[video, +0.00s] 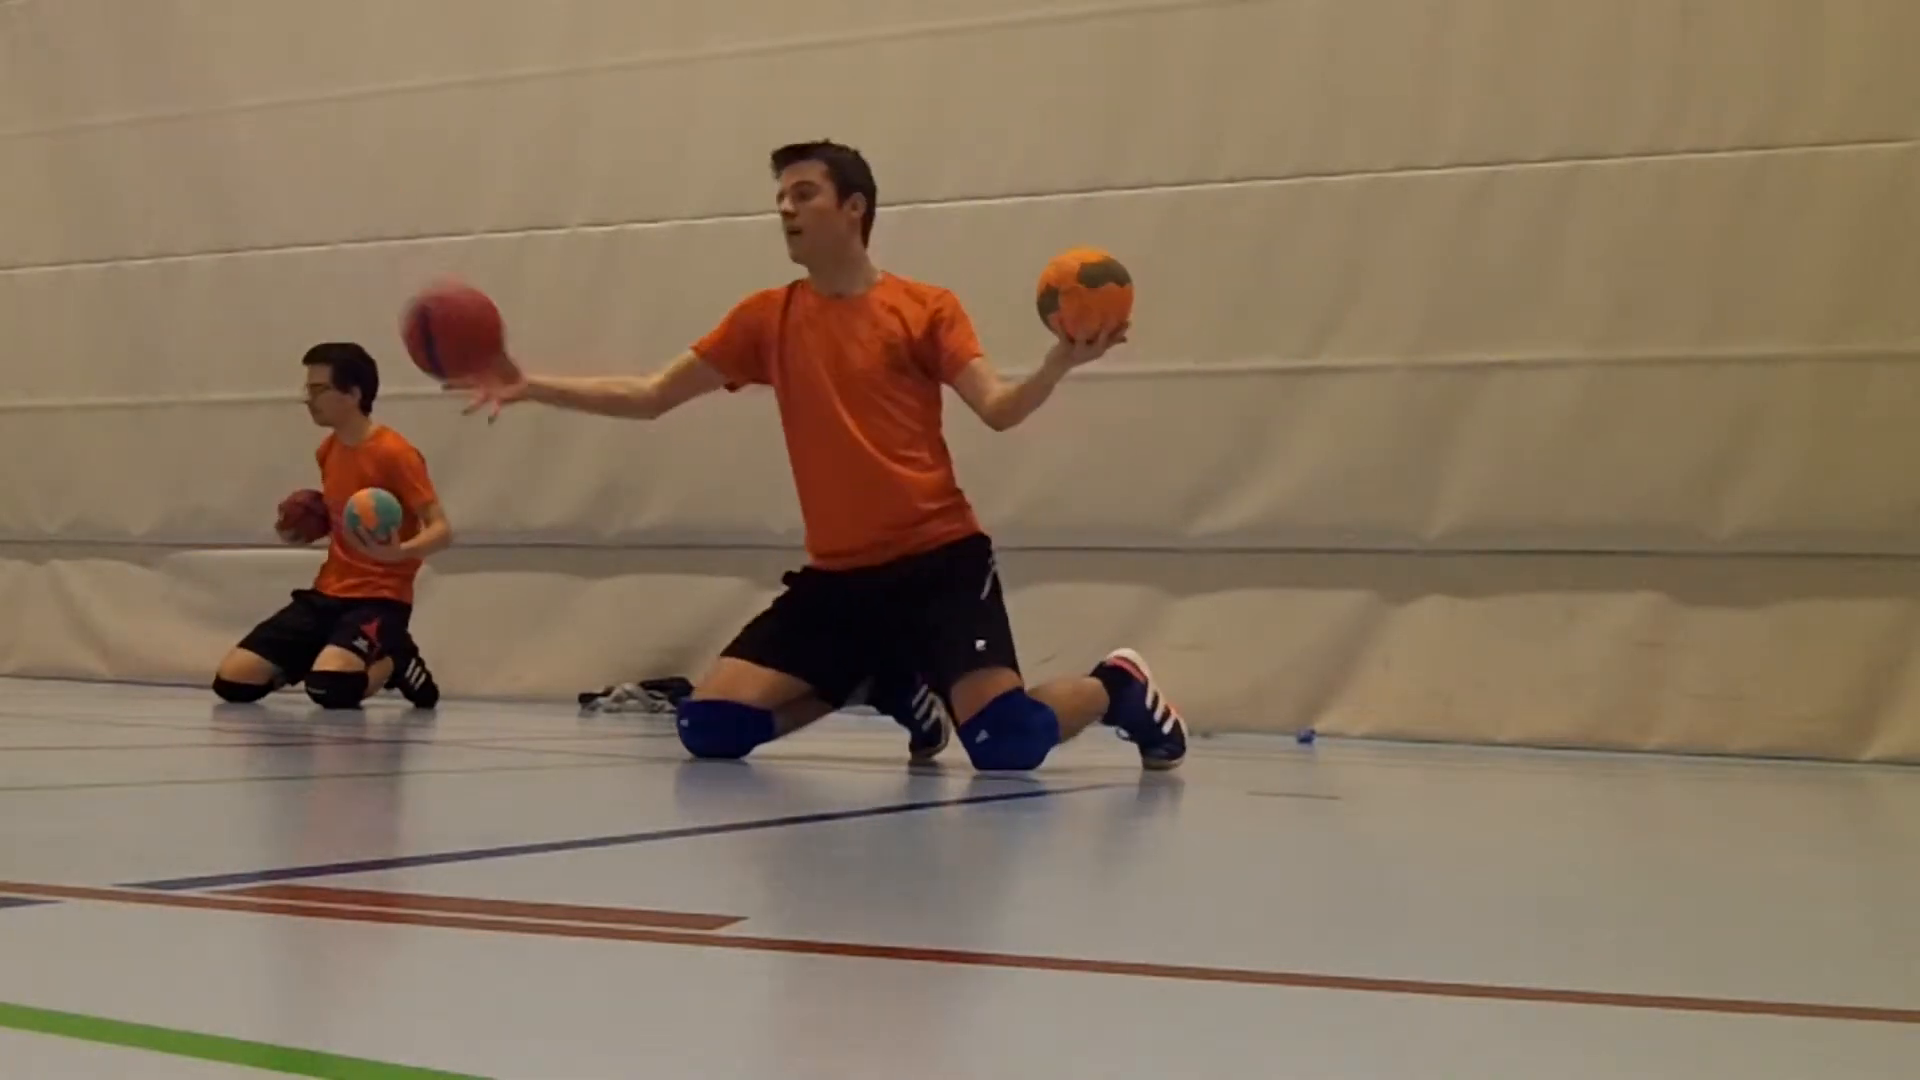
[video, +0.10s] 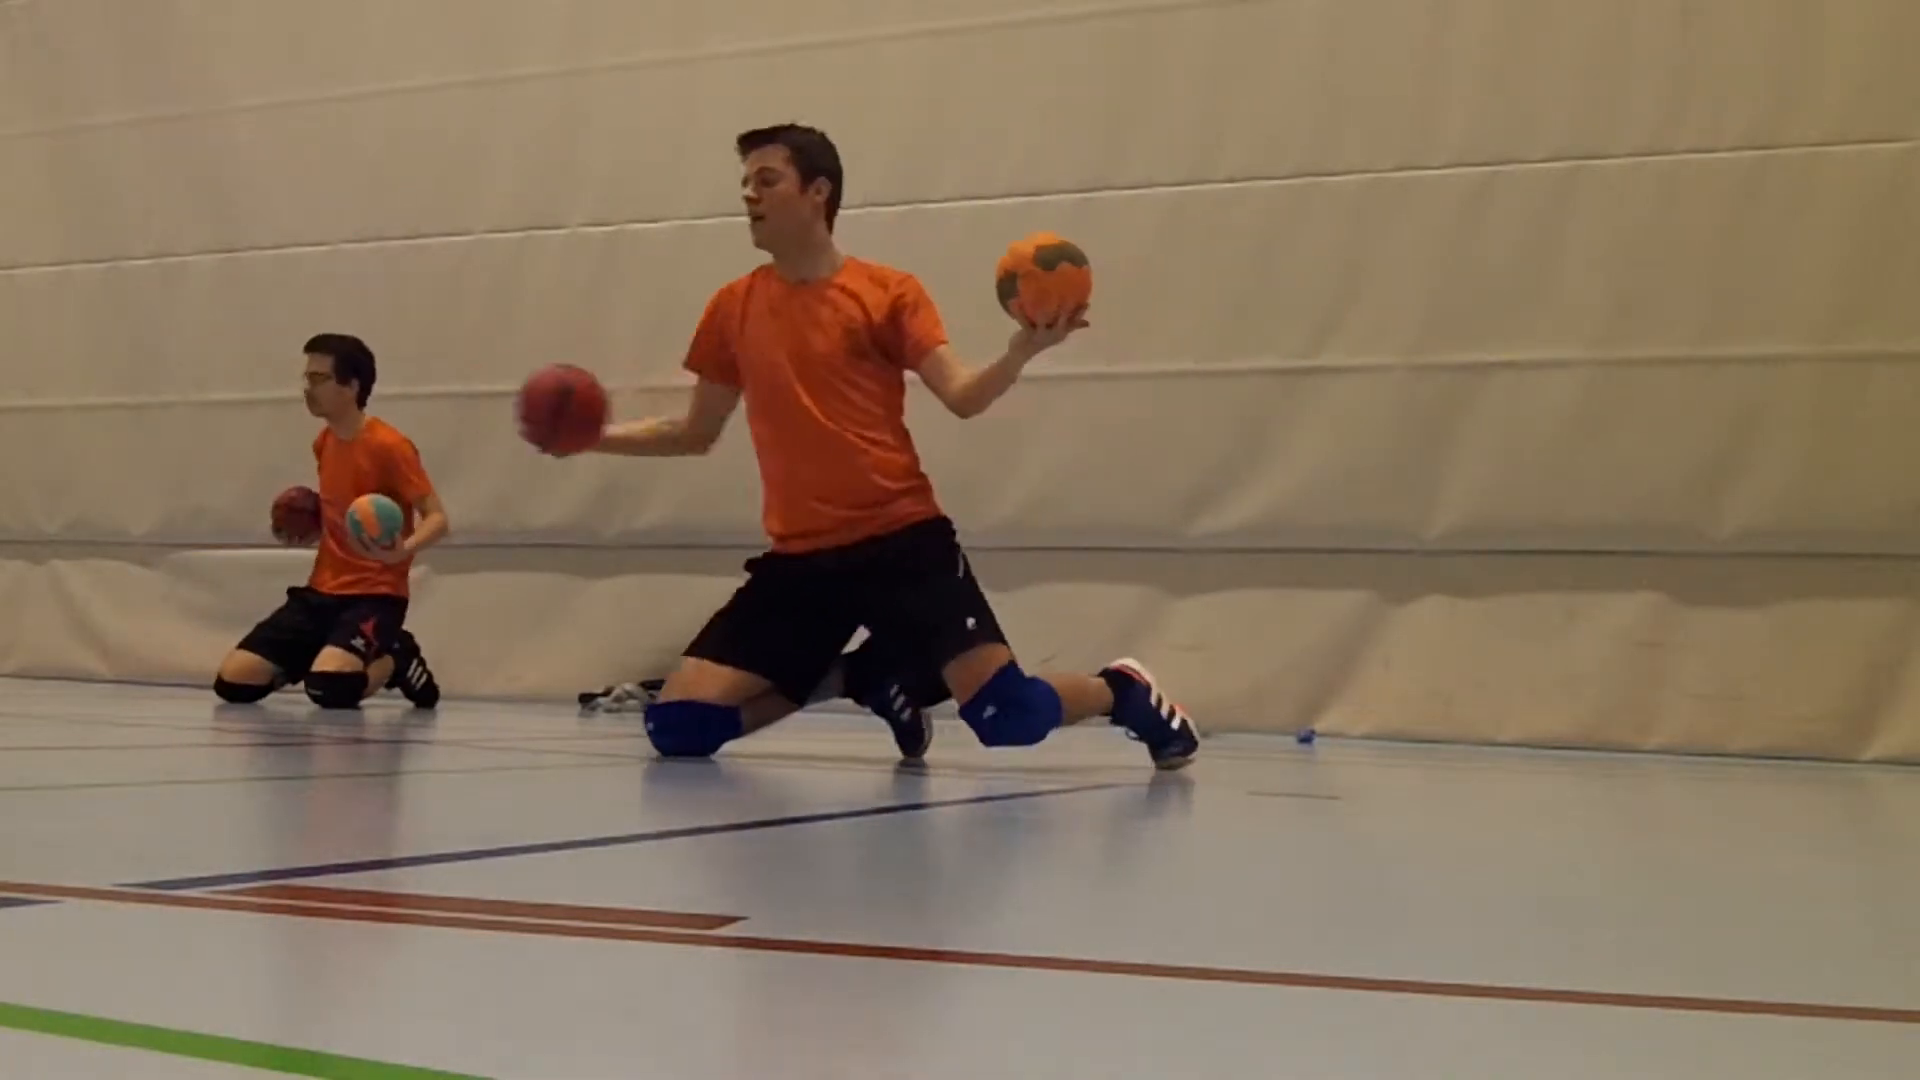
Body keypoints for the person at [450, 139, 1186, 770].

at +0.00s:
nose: (785, 209)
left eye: (804, 194)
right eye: (780, 199)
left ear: (857, 208)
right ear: (784, 219)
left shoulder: (923, 308)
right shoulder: (767, 319)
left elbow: (1002, 411)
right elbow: (650, 394)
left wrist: (1065, 357)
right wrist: (527, 383)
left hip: (940, 566)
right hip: (836, 579)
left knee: (1002, 742)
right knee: (713, 729)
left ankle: (1116, 684)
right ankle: (883, 681)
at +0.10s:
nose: (748, 198)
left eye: (765, 181)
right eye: (745, 185)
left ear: (820, 193)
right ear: (751, 200)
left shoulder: (887, 294)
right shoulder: (736, 309)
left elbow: (965, 396)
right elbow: (694, 431)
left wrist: (1026, 343)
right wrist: (589, 434)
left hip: (906, 544)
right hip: (798, 560)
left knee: (1008, 720)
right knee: (679, 728)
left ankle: (1123, 694)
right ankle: (865, 678)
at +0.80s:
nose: (849, 222)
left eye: (870, 208)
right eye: (840, 206)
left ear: (912, 225)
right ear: (829, 219)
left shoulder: (953, 327)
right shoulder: (811, 325)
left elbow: (925, 455)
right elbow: (803, 470)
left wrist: (907, 350)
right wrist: (760, 429)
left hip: (940, 580)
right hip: (841, 587)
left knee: (950, 743)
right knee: (702, 727)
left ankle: (1077, 684)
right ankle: (881, 686)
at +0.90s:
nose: (865, 227)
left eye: (885, 213)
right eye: (855, 213)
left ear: (927, 230)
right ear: (844, 224)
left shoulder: (974, 330)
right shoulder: (839, 336)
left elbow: (965, 470)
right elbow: (823, 476)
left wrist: (935, 371)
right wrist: (765, 414)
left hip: (972, 583)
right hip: (873, 588)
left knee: (955, 741)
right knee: (739, 729)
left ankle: (1086, 683)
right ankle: (902, 685)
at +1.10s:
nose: (926, 241)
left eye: (948, 227)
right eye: (917, 226)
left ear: (988, 248)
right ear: (905, 240)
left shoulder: (1033, 349)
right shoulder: (891, 354)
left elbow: (1045, 494)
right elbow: (781, 425)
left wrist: (1021, 391)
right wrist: (786, 299)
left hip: (1018, 602)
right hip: (913, 601)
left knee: (1000, 747)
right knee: (763, 730)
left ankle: (1093, 692)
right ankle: (912, 689)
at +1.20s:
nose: (968, 225)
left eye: (991, 214)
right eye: (960, 211)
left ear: (1030, 241)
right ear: (948, 228)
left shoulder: (1069, 347)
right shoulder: (908, 336)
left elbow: (1083, 494)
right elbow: (779, 381)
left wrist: (1064, 385)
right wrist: (791, 255)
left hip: (1035, 597)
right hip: (927, 592)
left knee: (1007, 747)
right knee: (780, 730)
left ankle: (1098, 694)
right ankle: (926, 686)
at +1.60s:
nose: (1026, 127)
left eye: (1049, 117)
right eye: (1016, 117)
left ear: (1087, 151)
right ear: (1001, 143)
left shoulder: (1122, 274)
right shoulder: (959, 240)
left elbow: (1167, 407)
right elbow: (844, 313)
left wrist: (1203, 314)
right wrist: (836, 310)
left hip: (1048, 540)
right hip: (937, 525)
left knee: (1024, 754)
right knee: (843, 736)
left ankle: (1122, 677)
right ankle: (913, 707)